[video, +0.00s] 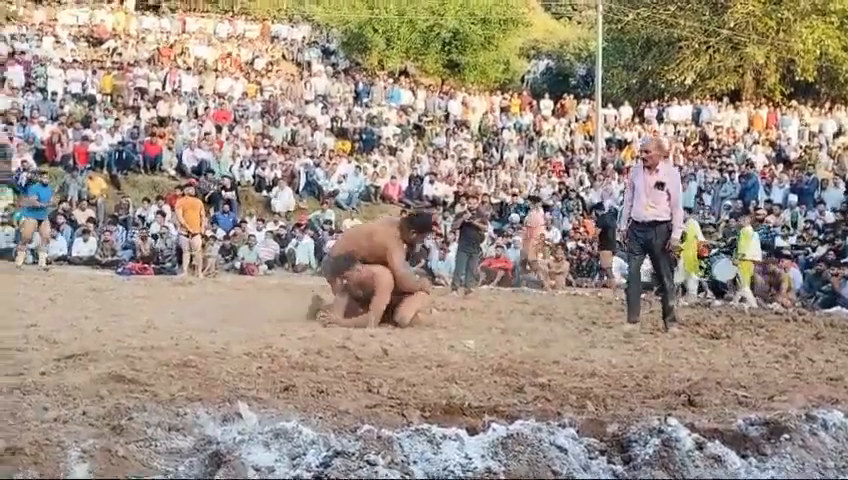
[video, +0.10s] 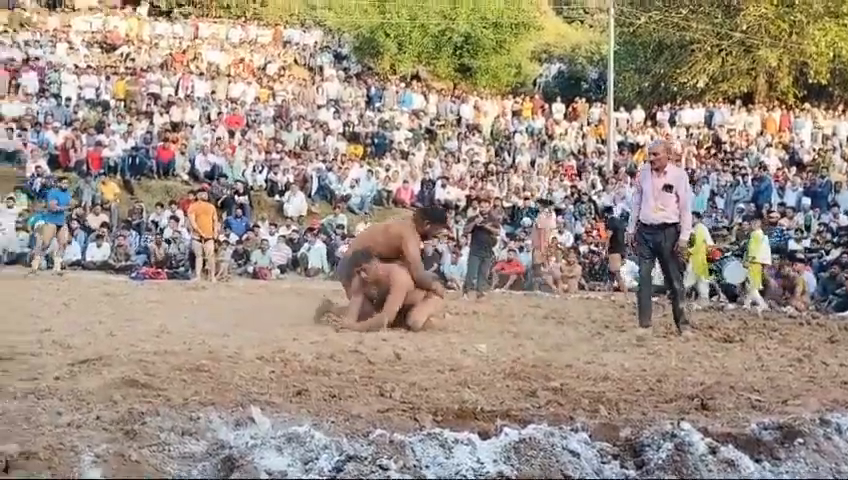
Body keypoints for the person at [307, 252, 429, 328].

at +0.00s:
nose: (343, 283)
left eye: (345, 278)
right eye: (340, 279)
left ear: (358, 269)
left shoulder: (383, 276)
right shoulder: (347, 285)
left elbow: (372, 321)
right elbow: (337, 314)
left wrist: (342, 322)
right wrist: (326, 315)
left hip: (413, 294)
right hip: (385, 298)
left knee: (401, 318)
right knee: (347, 313)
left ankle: (425, 318)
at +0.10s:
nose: (361, 275)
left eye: (363, 270)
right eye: (357, 273)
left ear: (375, 263)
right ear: (354, 273)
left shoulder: (398, 276)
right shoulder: (359, 281)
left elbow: (385, 319)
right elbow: (353, 314)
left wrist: (354, 327)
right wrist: (342, 324)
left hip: (426, 298)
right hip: (397, 303)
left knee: (413, 322)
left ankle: (436, 323)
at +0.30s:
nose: (396, 266)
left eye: (400, 260)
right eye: (392, 263)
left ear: (409, 257)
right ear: (388, 265)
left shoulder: (429, 274)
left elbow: (436, 307)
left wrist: (419, 336)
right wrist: (354, 319)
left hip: (452, 309)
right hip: (422, 313)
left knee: (440, 334)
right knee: (394, 327)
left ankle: (462, 333)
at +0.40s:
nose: (471, 253)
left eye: (474, 250)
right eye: (472, 248)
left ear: (461, 235)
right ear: (463, 238)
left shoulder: (444, 235)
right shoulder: (446, 246)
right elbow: (447, 288)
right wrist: (466, 307)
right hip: (390, 274)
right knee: (396, 324)